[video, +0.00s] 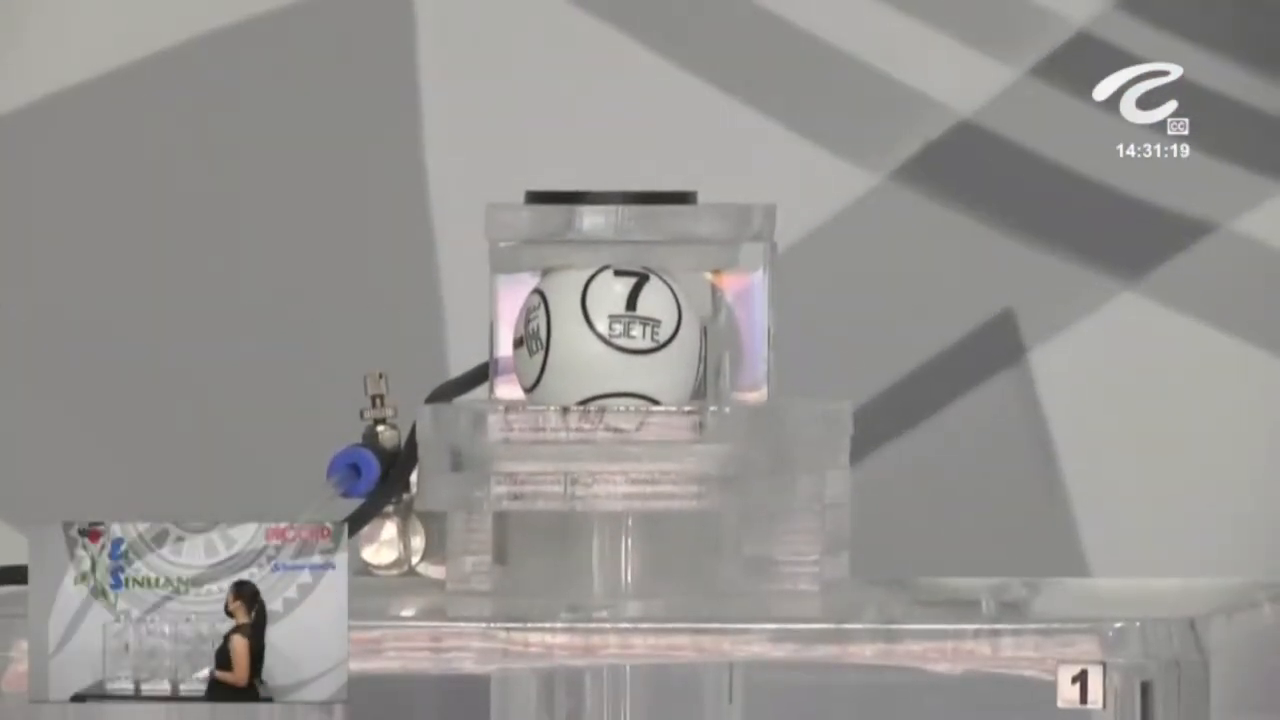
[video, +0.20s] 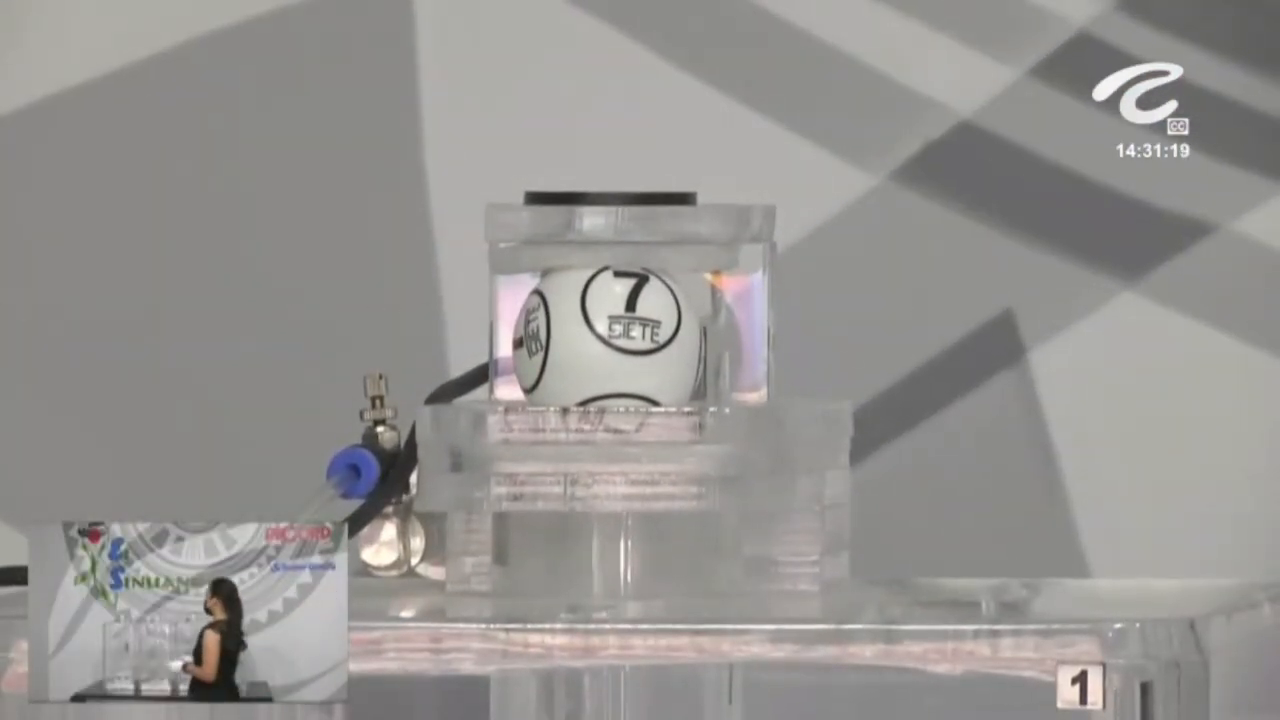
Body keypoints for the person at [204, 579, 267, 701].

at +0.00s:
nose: (226, 601)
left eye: (229, 597)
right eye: (227, 597)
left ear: (238, 602)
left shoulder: (238, 636)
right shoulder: (254, 631)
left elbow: (240, 679)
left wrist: (213, 674)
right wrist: (216, 671)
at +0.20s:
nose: (205, 599)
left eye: (208, 595)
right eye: (207, 595)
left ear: (214, 600)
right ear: (230, 600)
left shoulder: (212, 632)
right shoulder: (234, 630)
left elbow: (208, 674)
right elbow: (227, 671)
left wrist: (189, 667)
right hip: (228, 696)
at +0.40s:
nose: (189, 603)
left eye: (191, 599)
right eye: (191, 598)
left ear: (197, 601)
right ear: (212, 602)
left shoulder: (195, 633)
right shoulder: (216, 631)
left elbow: (188, 675)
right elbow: (209, 672)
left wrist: (169, 667)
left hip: (189, 699)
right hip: (210, 697)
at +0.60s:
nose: (174, 602)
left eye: (176, 598)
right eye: (176, 598)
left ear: (182, 601)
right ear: (196, 601)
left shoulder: (182, 633)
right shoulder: (199, 629)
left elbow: (182, 674)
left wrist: (158, 668)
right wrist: (165, 628)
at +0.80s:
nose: (161, 600)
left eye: (163, 596)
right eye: (163, 596)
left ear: (168, 600)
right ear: (183, 601)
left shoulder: (171, 632)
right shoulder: (184, 627)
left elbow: (174, 673)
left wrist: (148, 669)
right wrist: (147, 617)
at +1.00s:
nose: (151, 601)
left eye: (153, 597)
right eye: (153, 597)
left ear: (158, 600)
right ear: (173, 600)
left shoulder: (161, 631)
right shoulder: (175, 626)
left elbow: (165, 671)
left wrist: (139, 668)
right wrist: (149, 625)